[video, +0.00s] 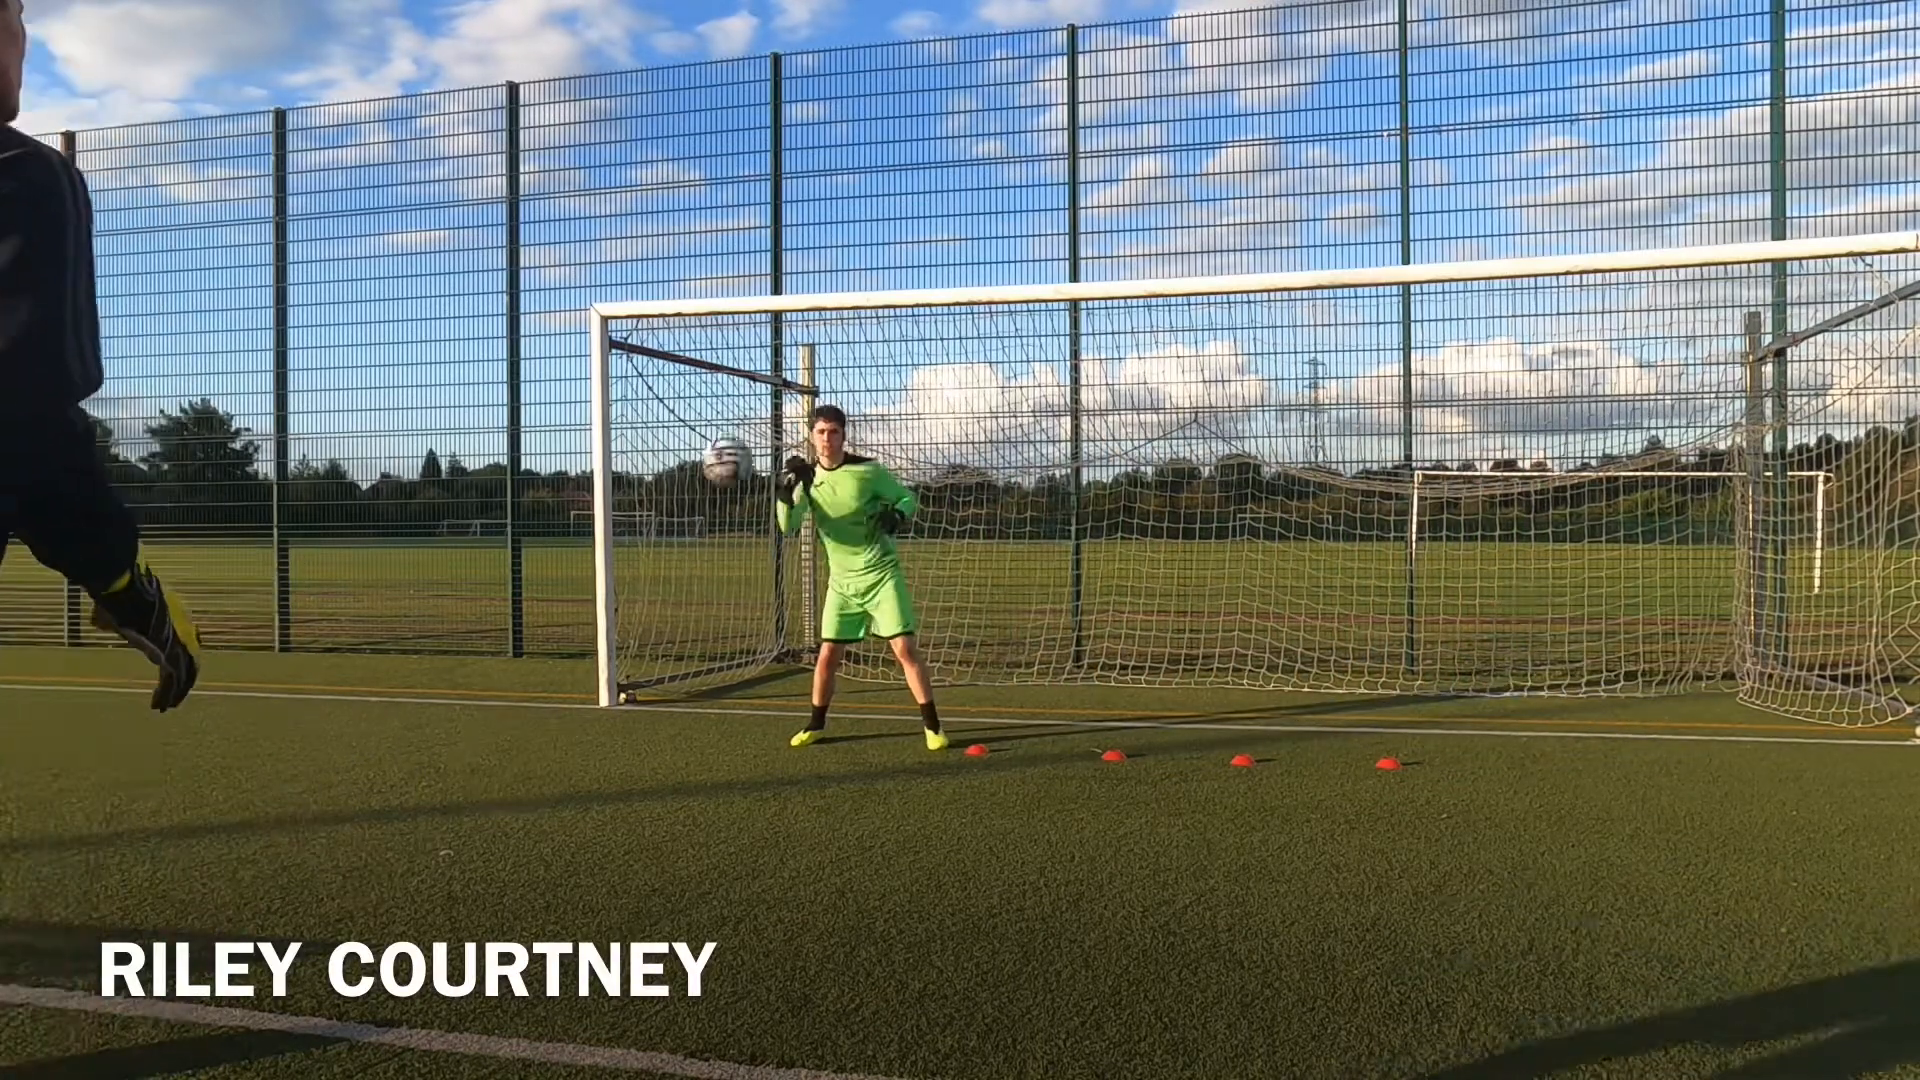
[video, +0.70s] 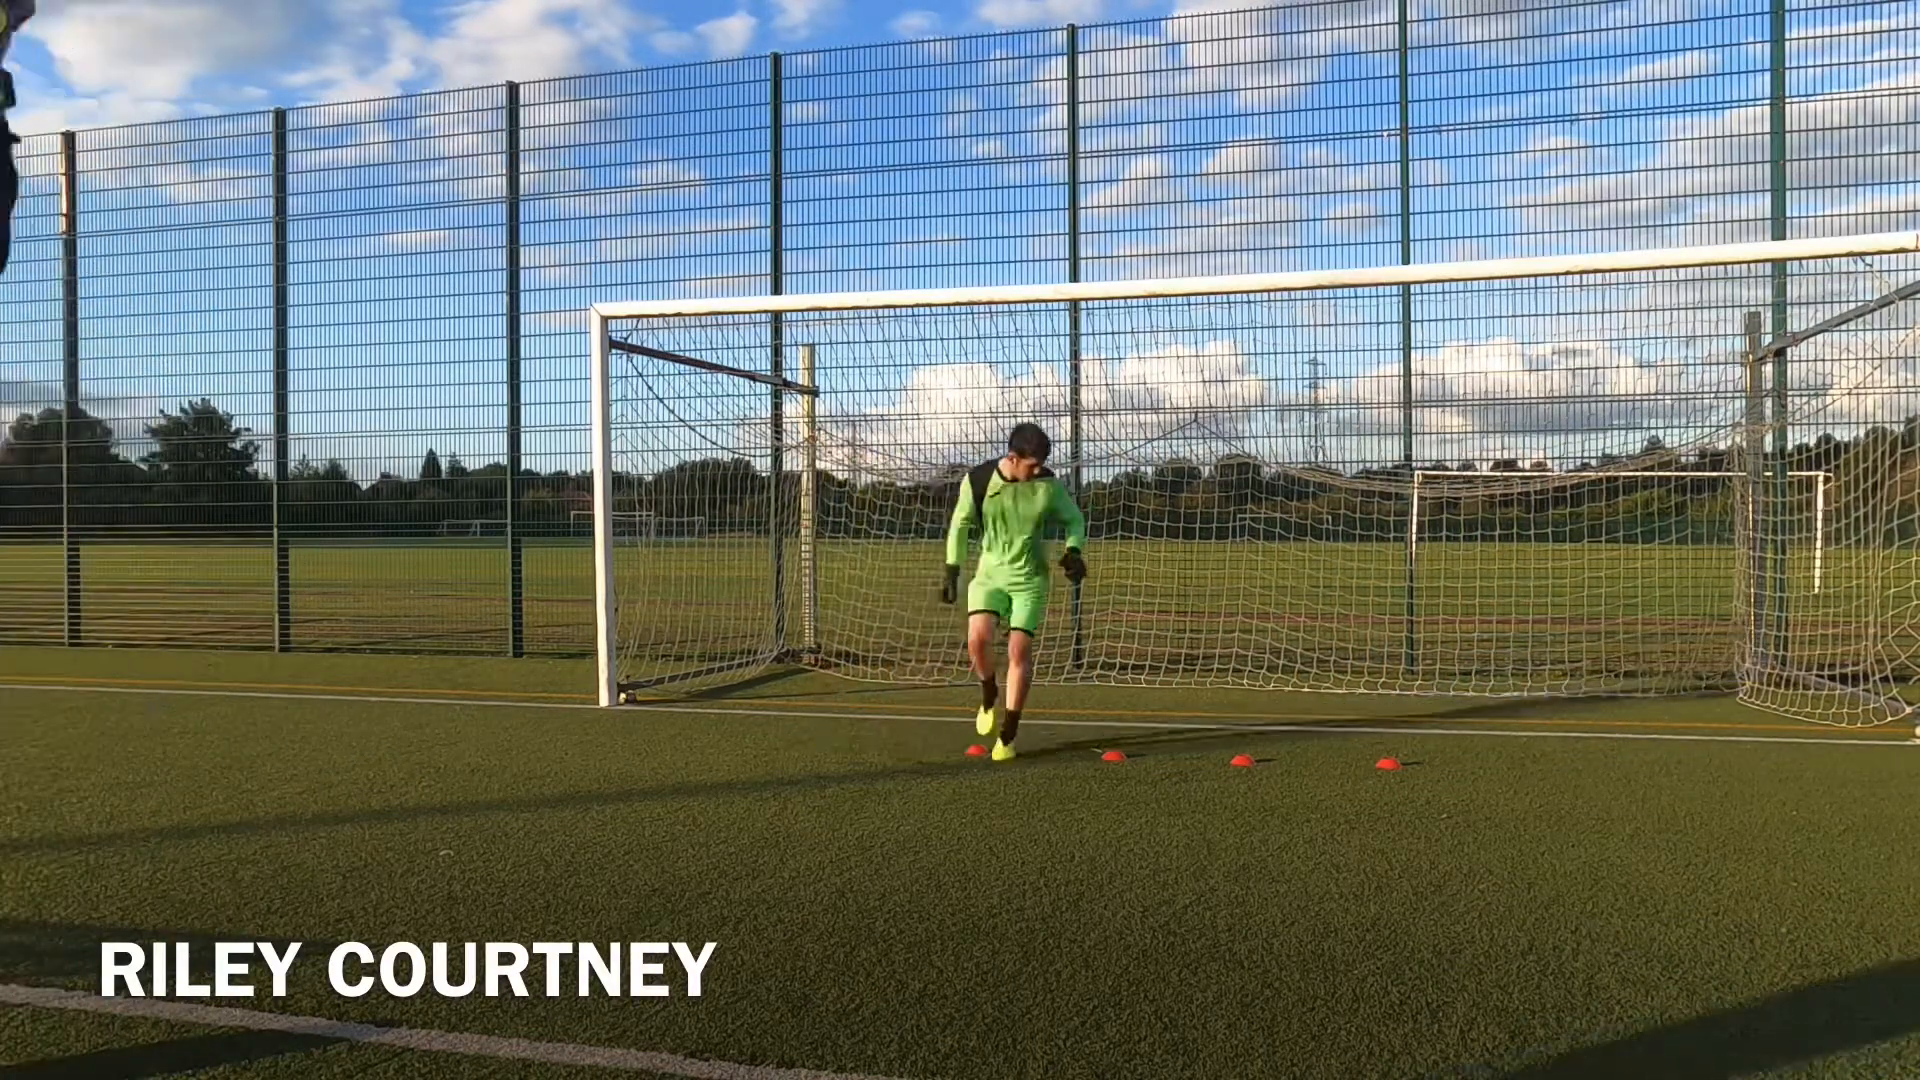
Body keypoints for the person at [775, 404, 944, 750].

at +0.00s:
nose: (828, 438)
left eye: (834, 431)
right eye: (821, 432)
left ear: (844, 436)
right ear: (812, 437)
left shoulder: (870, 472)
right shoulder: (807, 480)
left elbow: (908, 500)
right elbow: (787, 526)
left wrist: (897, 515)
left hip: (882, 576)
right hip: (840, 583)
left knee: (904, 648)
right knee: (827, 655)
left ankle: (932, 725)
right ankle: (816, 725)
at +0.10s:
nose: (854, 447)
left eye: (859, 440)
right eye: (847, 440)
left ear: (866, 438)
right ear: (833, 438)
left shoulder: (884, 473)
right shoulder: (821, 481)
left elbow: (917, 505)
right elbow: (798, 521)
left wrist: (907, 524)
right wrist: (810, 481)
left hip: (890, 578)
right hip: (846, 583)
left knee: (912, 648)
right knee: (829, 653)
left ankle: (928, 724)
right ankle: (817, 724)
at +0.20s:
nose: (890, 456)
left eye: (893, 449)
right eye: (884, 450)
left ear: (896, 445)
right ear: (865, 443)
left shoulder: (906, 479)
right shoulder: (838, 477)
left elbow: (932, 516)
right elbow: (818, 532)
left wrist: (918, 533)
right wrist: (837, 516)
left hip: (901, 582)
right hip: (857, 586)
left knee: (920, 649)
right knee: (837, 657)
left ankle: (912, 716)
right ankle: (818, 723)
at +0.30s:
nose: (919, 461)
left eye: (923, 454)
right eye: (914, 455)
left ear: (926, 449)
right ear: (896, 447)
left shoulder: (934, 482)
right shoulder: (865, 479)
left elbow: (952, 518)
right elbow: (842, 523)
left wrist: (941, 542)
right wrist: (855, 548)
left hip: (924, 589)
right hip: (880, 587)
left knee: (916, 665)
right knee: (859, 660)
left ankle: (896, 722)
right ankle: (831, 719)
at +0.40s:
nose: (948, 459)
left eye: (951, 453)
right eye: (943, 454)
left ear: (952, 449)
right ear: (924, 445)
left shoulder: (961, 477)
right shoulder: (891, 472)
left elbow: (979, 509)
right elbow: (872, 514)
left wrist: (978, 542)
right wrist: (869, 557)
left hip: (943, 581)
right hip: (902, 576)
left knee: (931, 667)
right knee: (891, 645)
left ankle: (905, 710)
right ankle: (885, 723)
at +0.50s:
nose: (977, 463)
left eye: (980, 457)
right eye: (971, 458)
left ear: (981, 452)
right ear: (952, 450)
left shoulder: (986, 484)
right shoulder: (917, 478)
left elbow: (1015, 516)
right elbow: (898, 520)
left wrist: (1020, 552)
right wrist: (896, 565)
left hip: (965, 573)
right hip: (923, 574)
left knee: (976, 647)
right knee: (927, 652)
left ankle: (942, 697)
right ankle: (906, 733)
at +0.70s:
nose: (1038, 470)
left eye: (1041, 465)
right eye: (1033, 465)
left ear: (1042, 460)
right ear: (1014, 455)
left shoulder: (1049, 487)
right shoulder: (977, 480)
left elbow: (1076, 520)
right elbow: (959, 525)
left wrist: (1073, 550)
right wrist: (952, 571)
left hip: (1030, 580)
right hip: (989, 576)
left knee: (1019, 648)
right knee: (977, 639)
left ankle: (1008, 734)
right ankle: (990, 696)